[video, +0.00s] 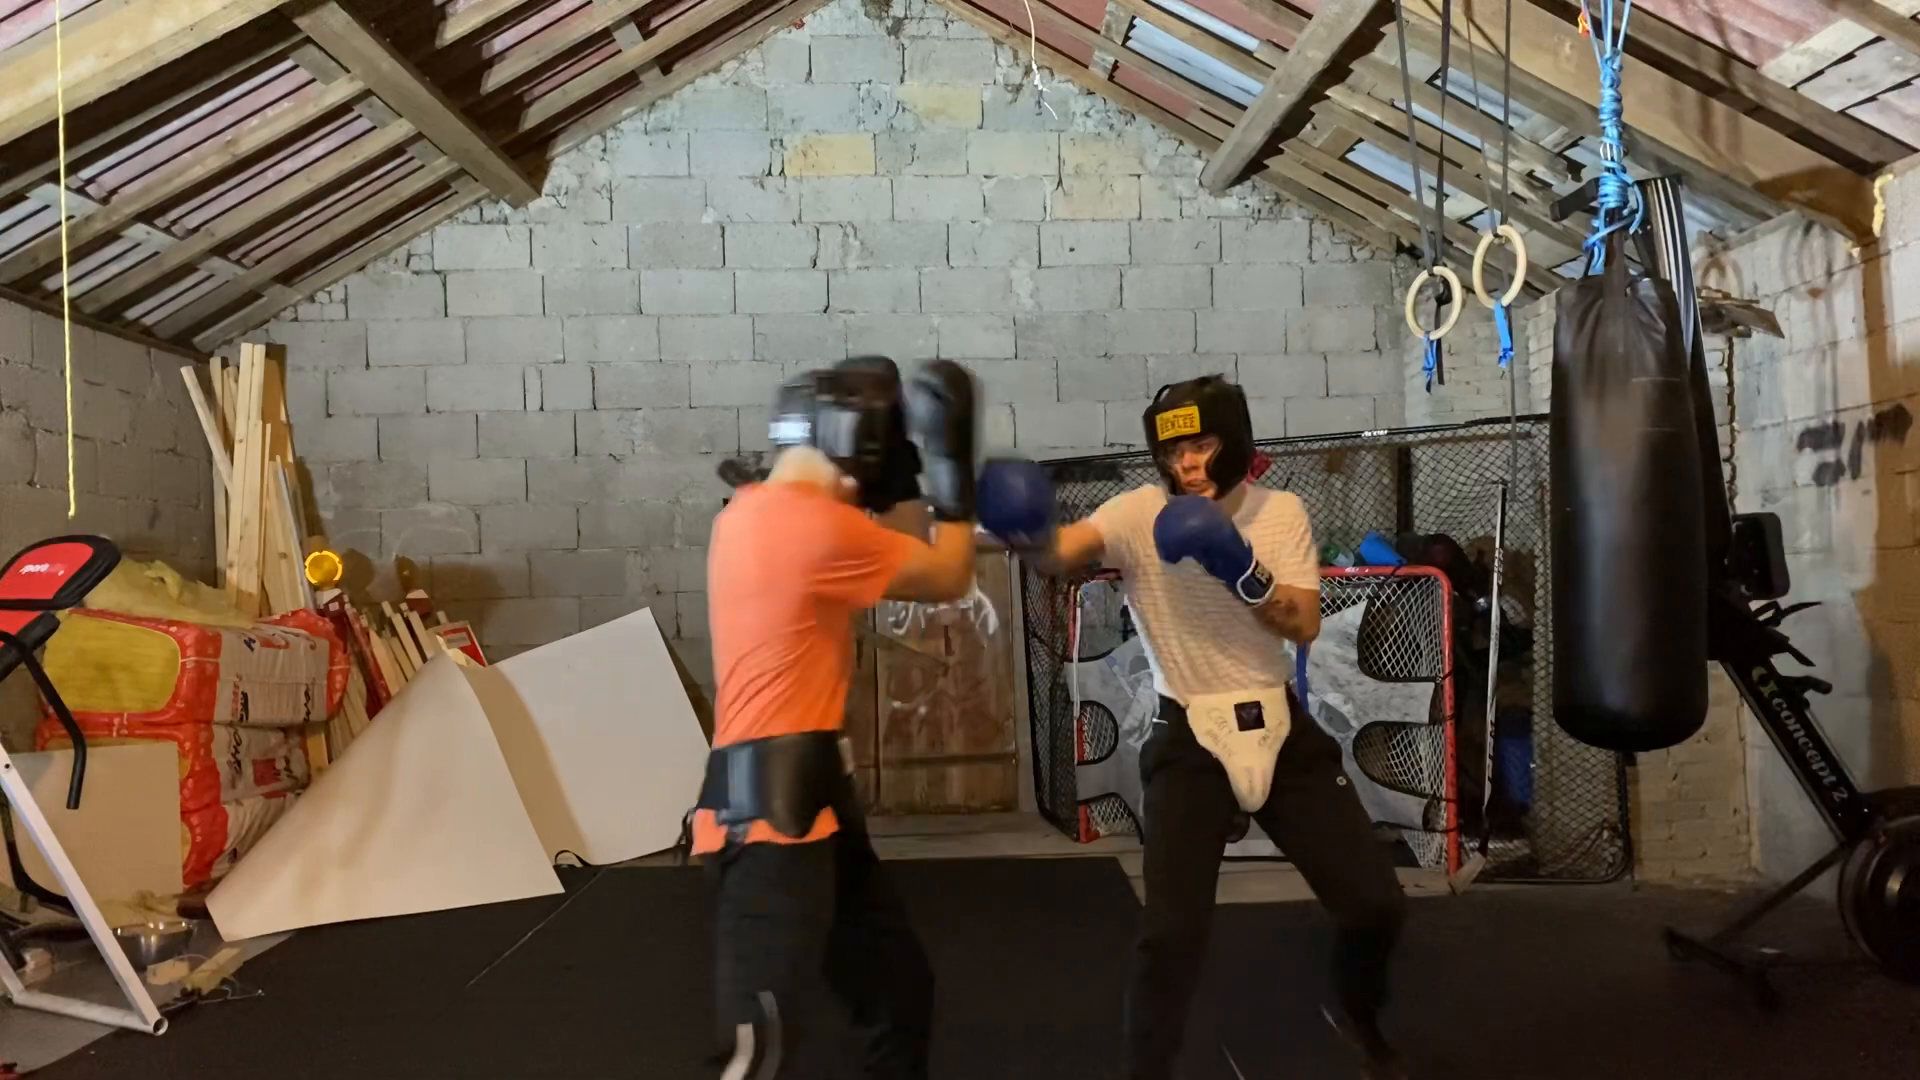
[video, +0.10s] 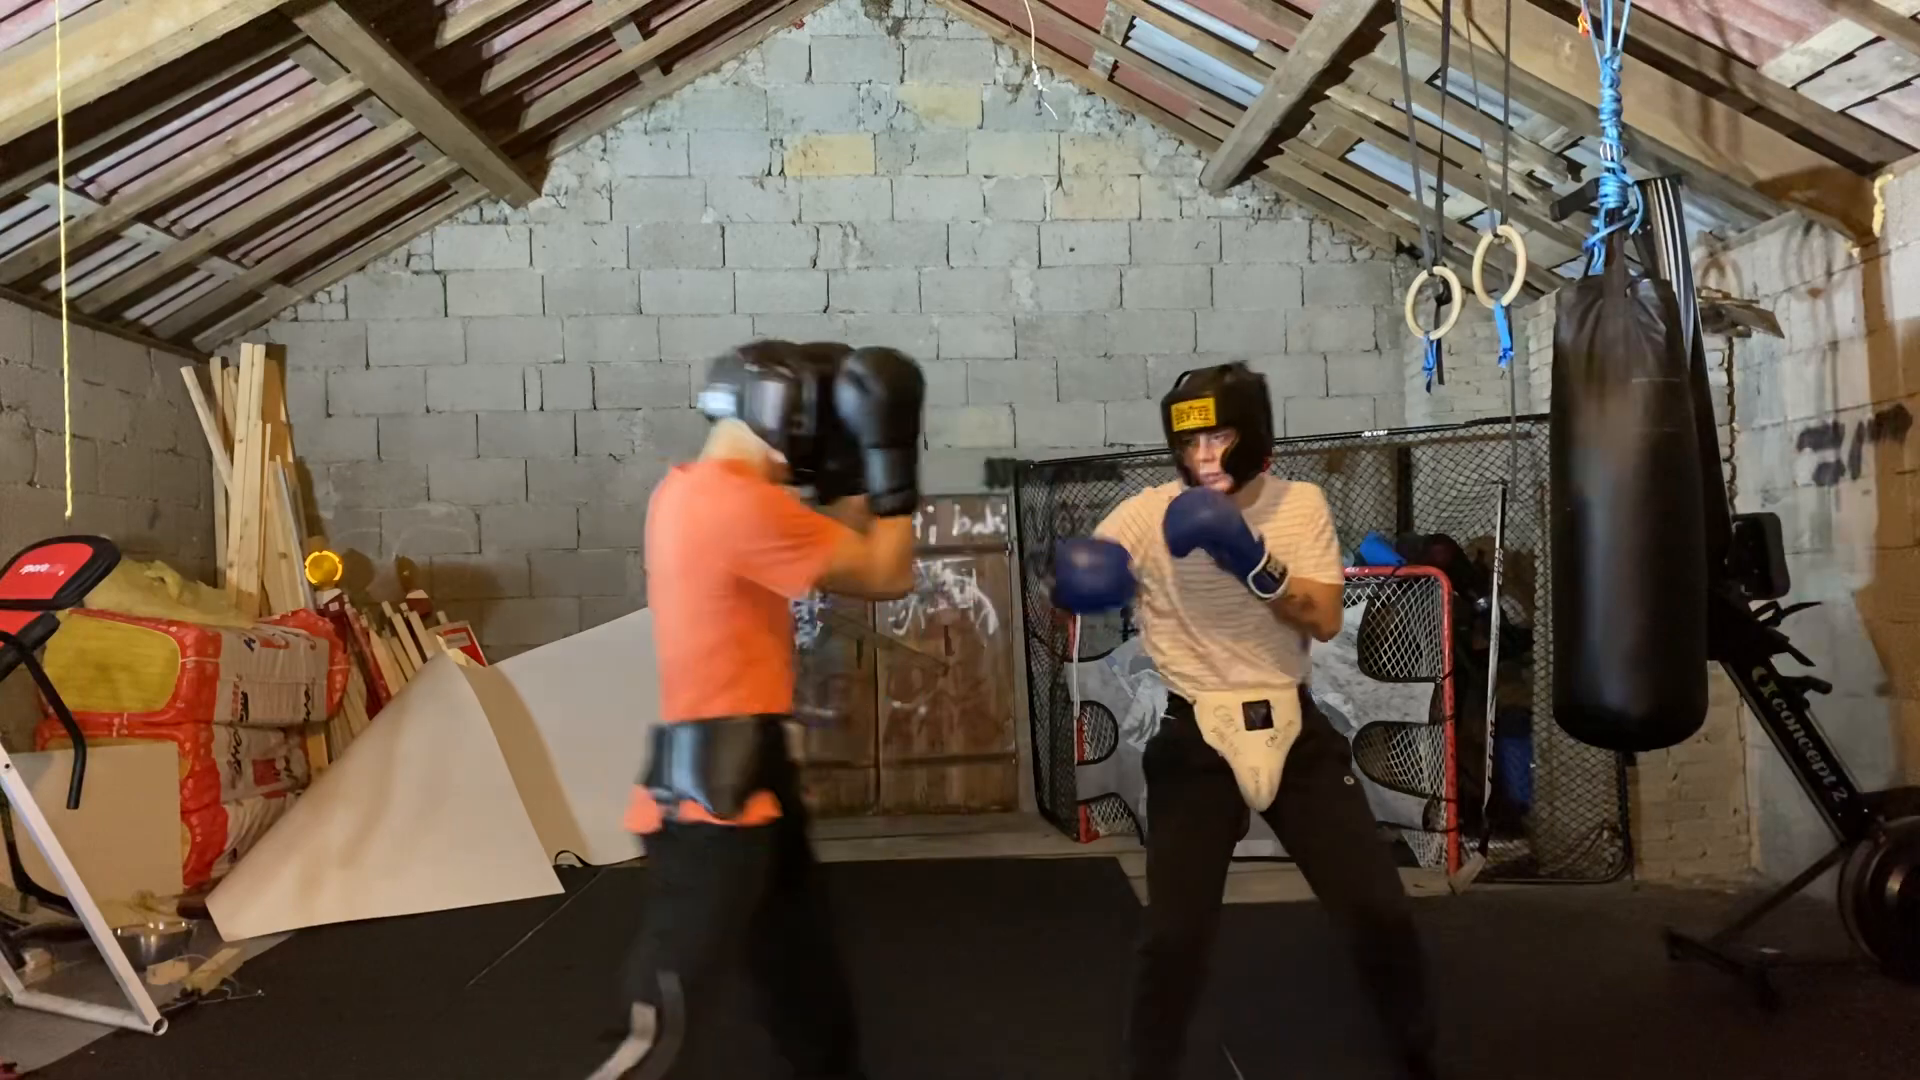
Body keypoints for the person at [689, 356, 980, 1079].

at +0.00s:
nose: (890, 468)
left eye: (895, 449)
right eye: (889, 447)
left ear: (801, 431)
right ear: (859, 447)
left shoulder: (742, 516)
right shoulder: (818, 527)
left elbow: (892, 556)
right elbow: (950, 573)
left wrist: (912, 471)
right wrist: (953, 457)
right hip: (783, 821)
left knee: (897, 992)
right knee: (763, 1044)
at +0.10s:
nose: (816, 438)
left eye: (820, 423)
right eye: (812, 421)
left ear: (729, 410)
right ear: (786, 419)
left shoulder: (677, 494)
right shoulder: (745, 505)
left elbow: (827, 548)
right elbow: (889, 570)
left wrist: (856, 472)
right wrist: (894, 458)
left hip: (692, 773)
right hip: (739, 784)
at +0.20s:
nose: (760, 429)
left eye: (760, 414)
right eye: (754, 413)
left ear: (674, 406)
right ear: (719, 409)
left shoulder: (648, 495)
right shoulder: (653, 504)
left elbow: (757, 600)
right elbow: (796, 620)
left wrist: (782, 497)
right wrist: (827, 487)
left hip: (678, 817)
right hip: (626, 828)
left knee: (772, 1006)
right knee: (554, 1045)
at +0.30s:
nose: (699, 461)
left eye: (700, 442)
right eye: (694, 441)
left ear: (609, 429)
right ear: (661, 436)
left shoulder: (599, 540)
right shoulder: (571, 542)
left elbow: (677, 673)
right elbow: (694, 685)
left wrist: (724, 565)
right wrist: (737, 558)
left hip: (611, 854)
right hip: (542, 869)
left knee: (726, 1034)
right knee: (484, 1062)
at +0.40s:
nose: (664, 451)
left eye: (665, 431)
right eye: (656, 430)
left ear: (584, 422)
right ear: (613, 426)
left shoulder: (587, 539)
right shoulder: (502, 532)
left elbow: (589, 692)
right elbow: (595, 701)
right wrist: (662, 578)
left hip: (581, 838)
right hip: (490, 850)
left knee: (678, 1046)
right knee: (463, 1065)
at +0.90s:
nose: (659, 481)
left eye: (661, 463)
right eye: (652, 461)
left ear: (591, 454)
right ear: (605, 456)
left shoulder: (594, 567)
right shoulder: (484, 548)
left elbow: (646, 711)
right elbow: (564, 701)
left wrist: (706, 610)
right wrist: (648, 586)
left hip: (570, 827)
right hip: (475, 839)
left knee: (673, 1027)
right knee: (454, 1059)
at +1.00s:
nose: (676, 461)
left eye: (679, 447)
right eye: (667, 444)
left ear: (606, 439)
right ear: (619, 439)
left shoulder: (634, 544)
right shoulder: (512, 535)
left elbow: (712, 654)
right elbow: (634, 648)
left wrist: (736, 533)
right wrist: (687, 524)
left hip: (594, 809)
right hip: (495, 822)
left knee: (680, 1026)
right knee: (436, 1055)